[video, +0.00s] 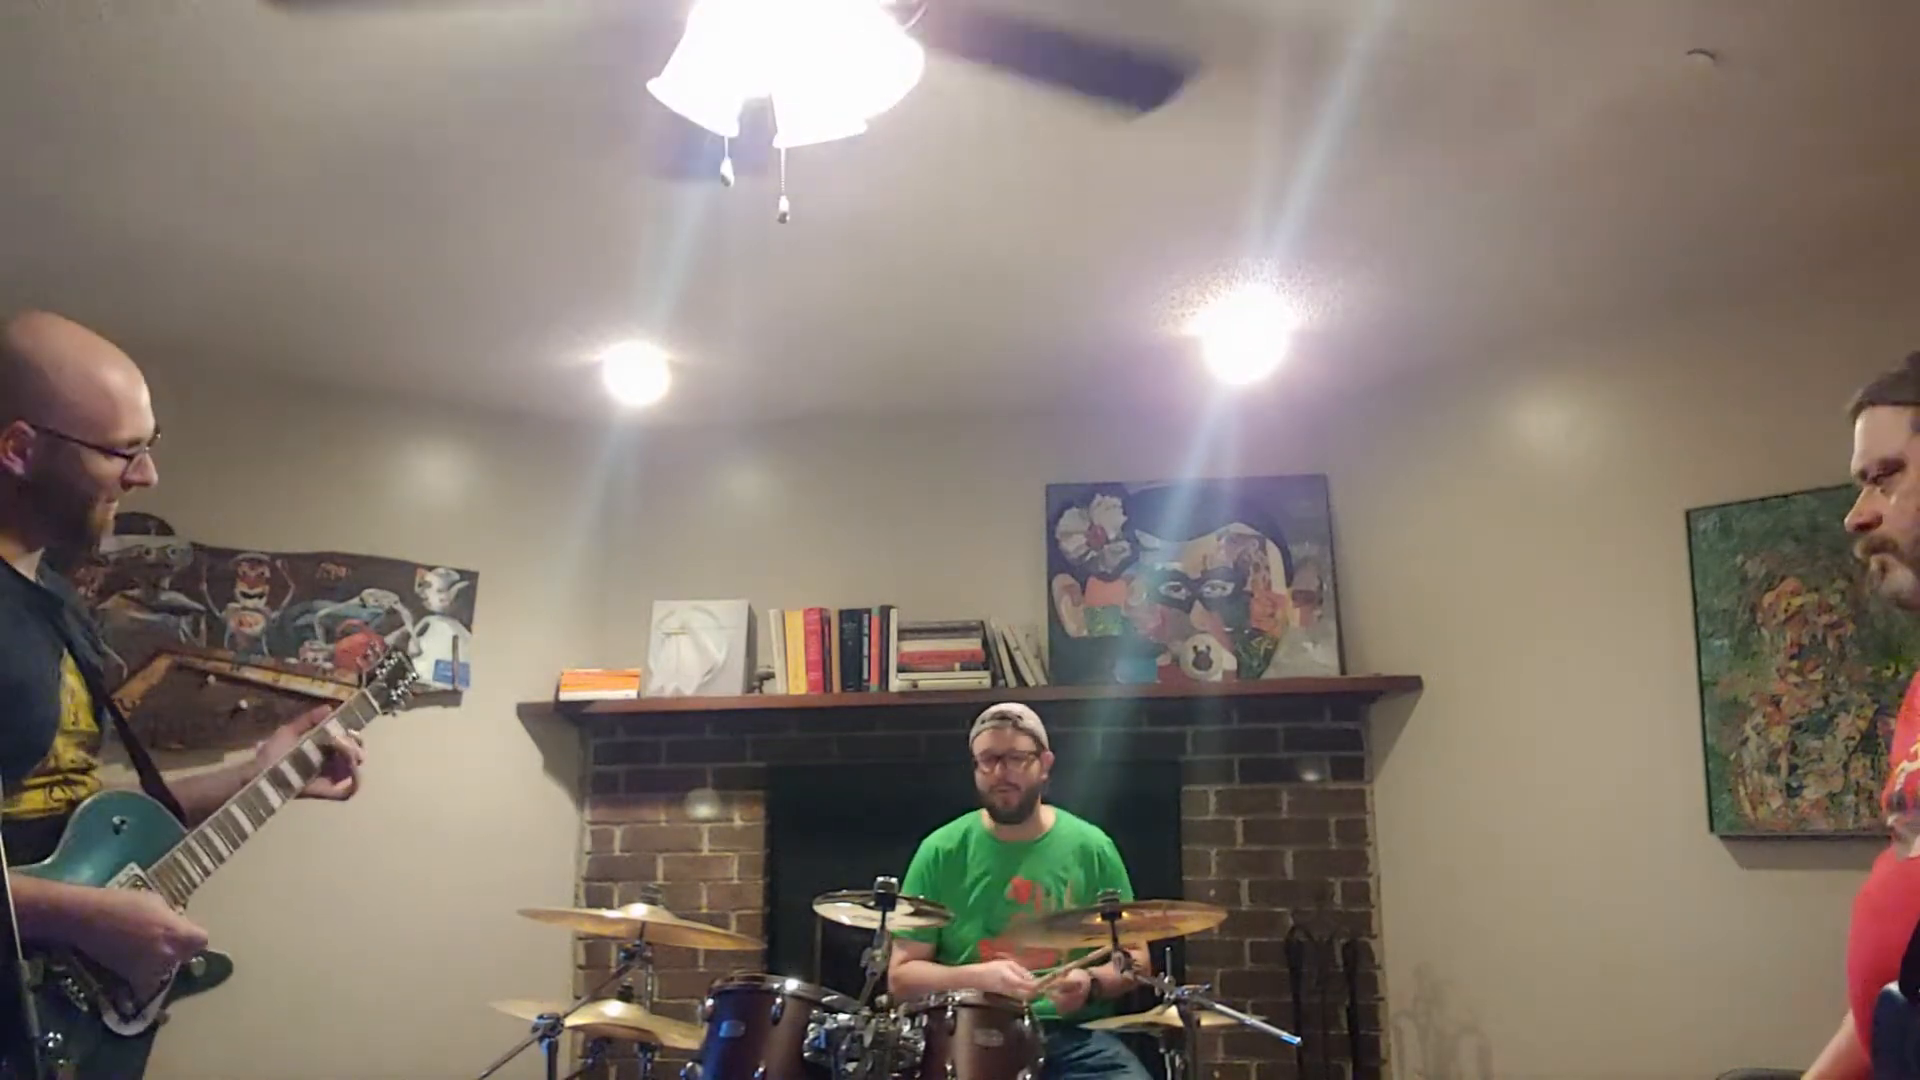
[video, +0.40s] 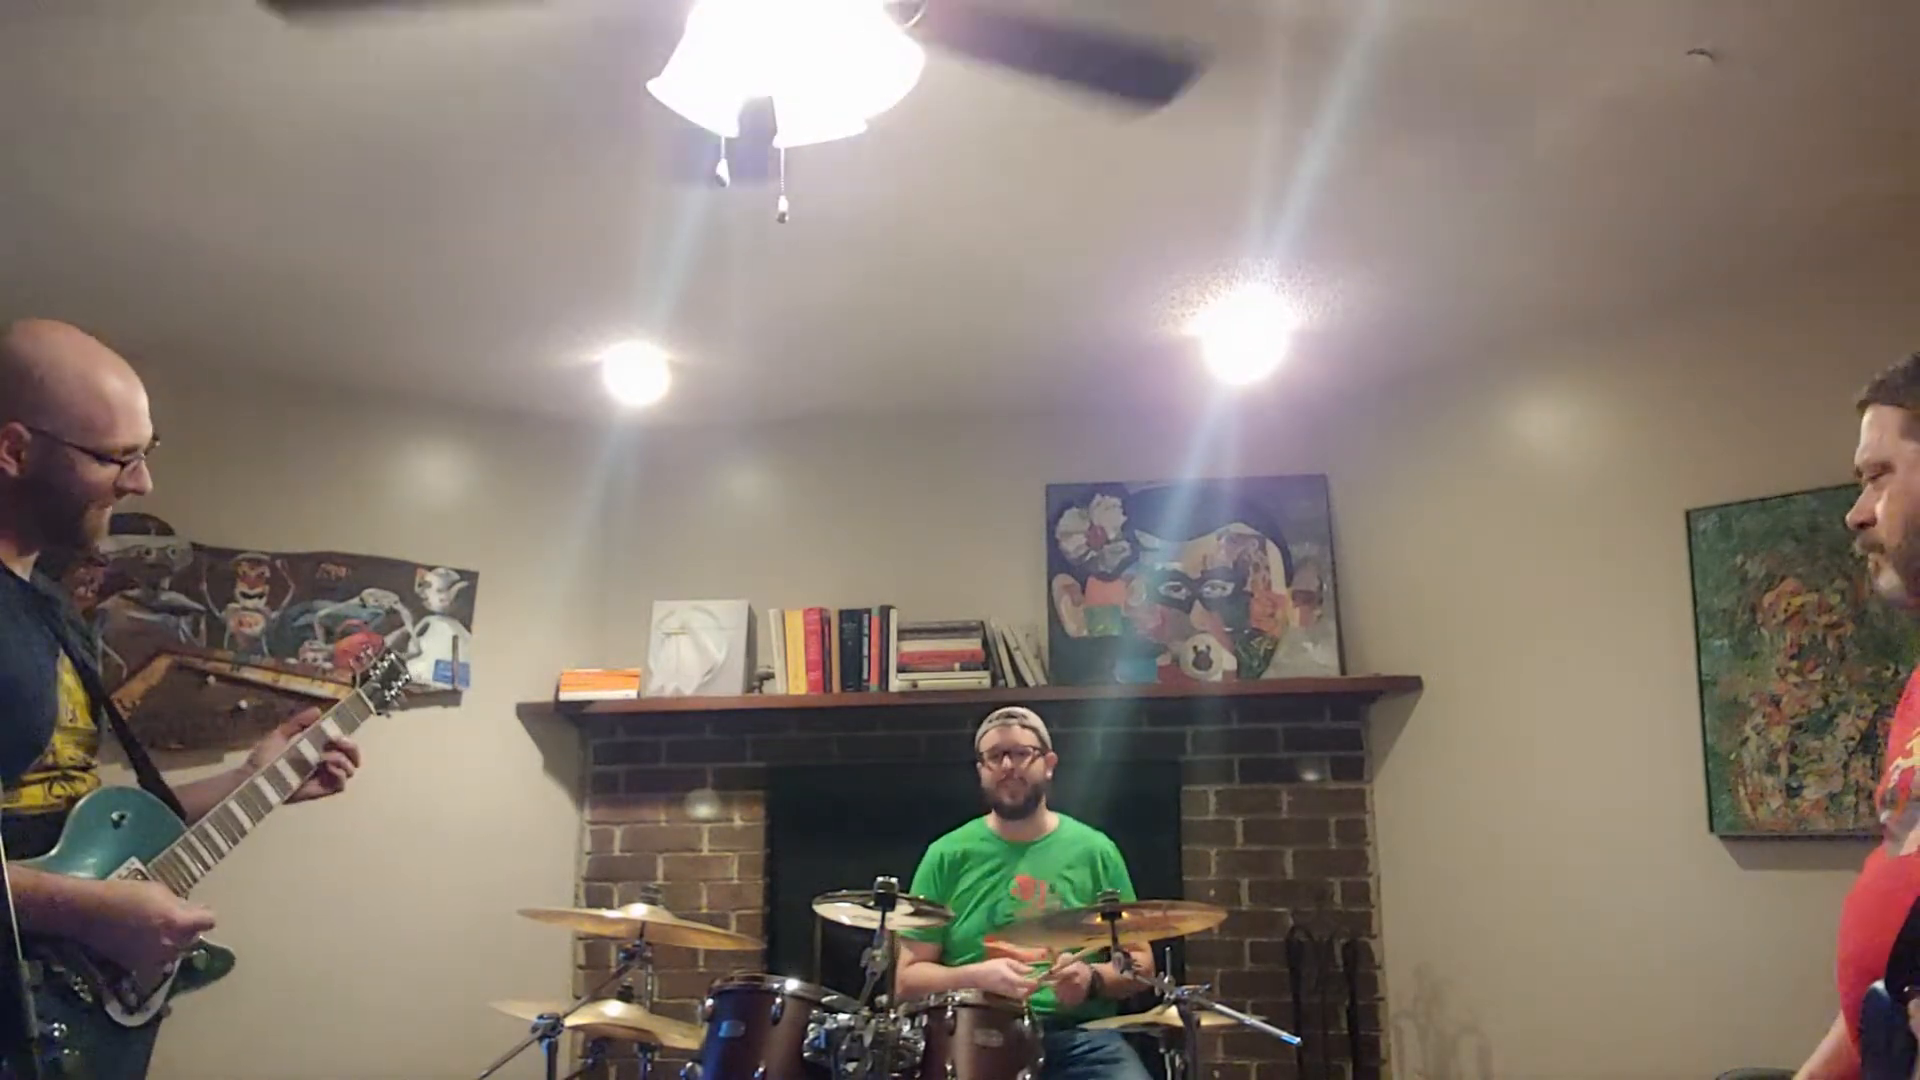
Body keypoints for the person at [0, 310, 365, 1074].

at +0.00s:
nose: (147, 478)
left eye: (147, 448)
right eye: (122, 452)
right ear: (19, 449)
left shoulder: (50, 604)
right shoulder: (12, 611)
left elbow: (73, 808)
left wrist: (262, 768)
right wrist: (77, 916)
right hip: (21, 1038)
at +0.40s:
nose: (142, 483)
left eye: (144, 454)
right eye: (117, 458)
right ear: (14, 450)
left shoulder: (49, 616)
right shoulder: (17, 621)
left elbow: (77, 826)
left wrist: (252, 780)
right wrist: (78, 909)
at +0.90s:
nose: (133, 518)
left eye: (153, 491)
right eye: (106, 485)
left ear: (169, 470)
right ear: (16, 445)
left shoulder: (61, 612)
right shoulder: (13, 613)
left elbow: (65, 833)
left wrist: (258, 807)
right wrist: (35, 923)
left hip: (48, 1034)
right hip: (3, 1038)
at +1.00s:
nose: (128, 526)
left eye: (151, 501)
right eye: (103, 494)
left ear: (169, 477)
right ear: (20, 450)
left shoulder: (67, 622)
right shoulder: (17, 614)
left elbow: (61, 831)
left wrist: (257, 813)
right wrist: (21, 923)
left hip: (47, 1037)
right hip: (10, 1042)